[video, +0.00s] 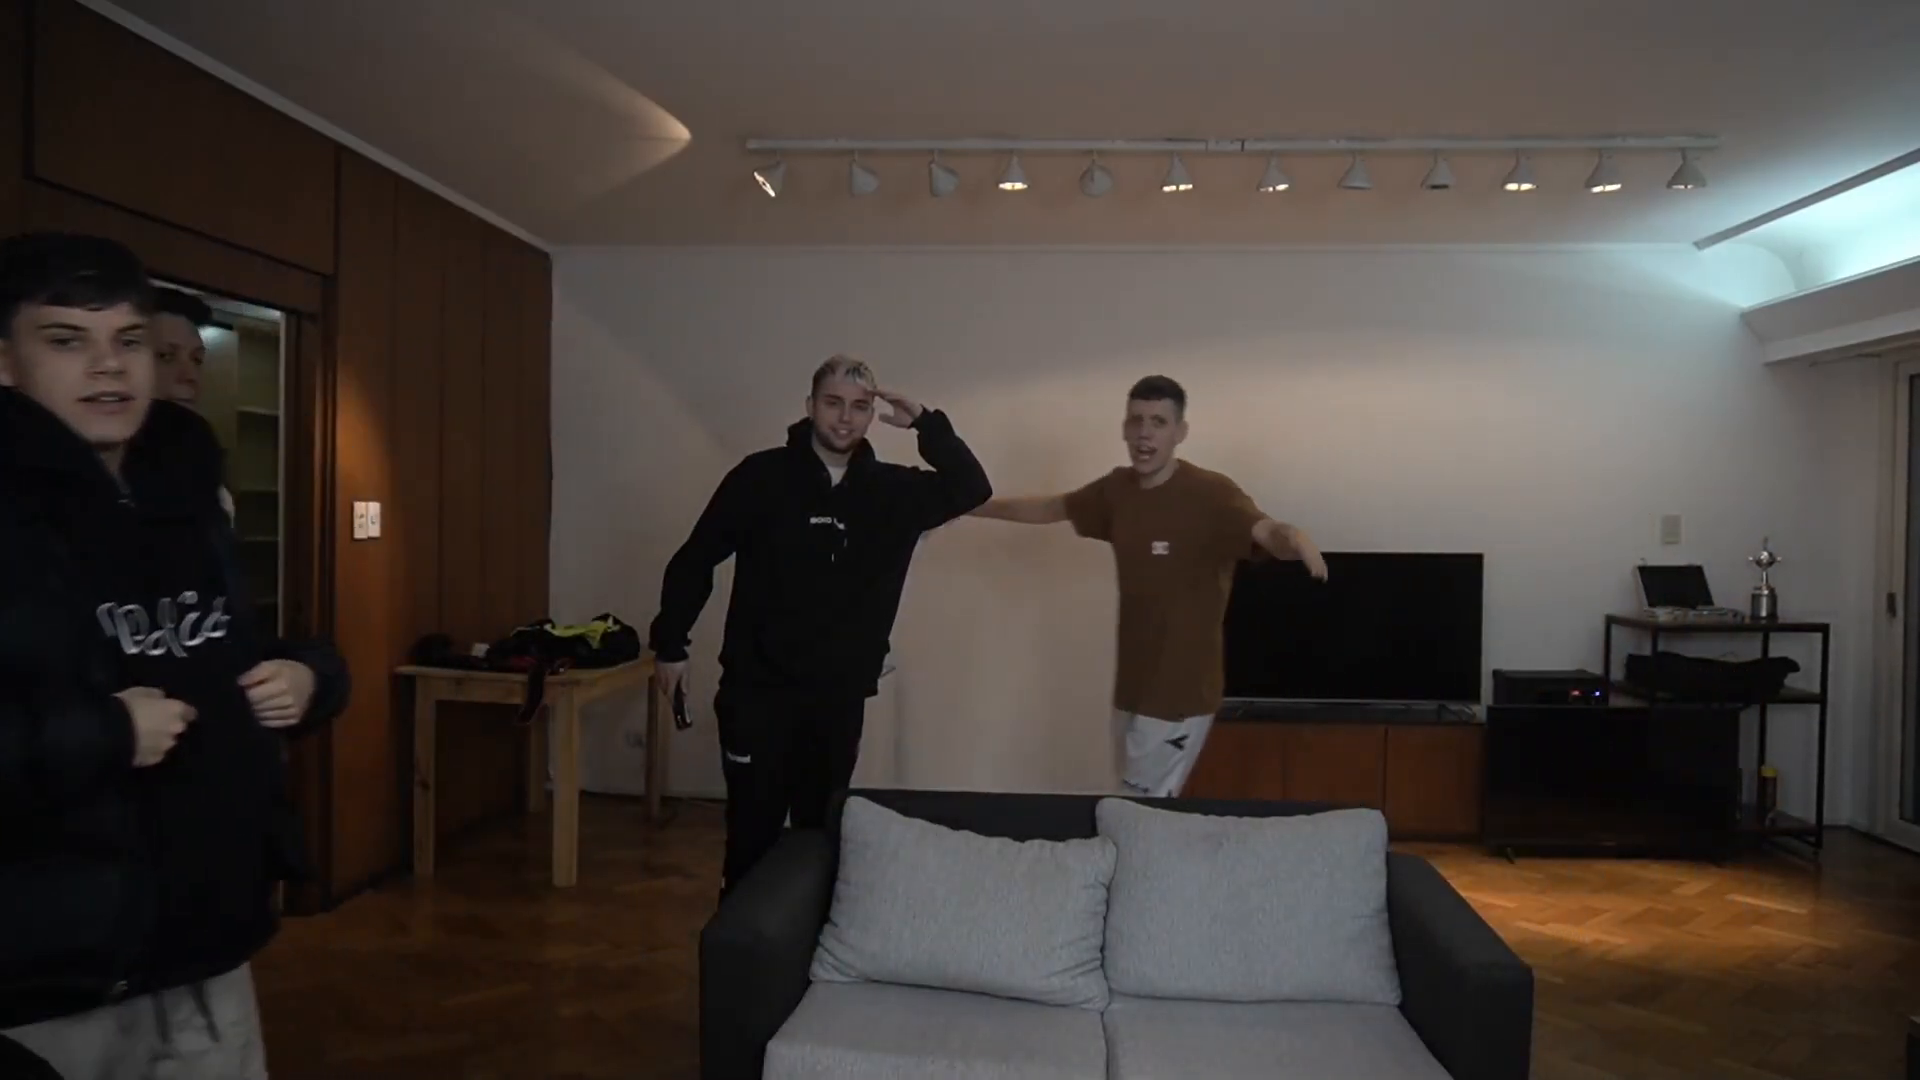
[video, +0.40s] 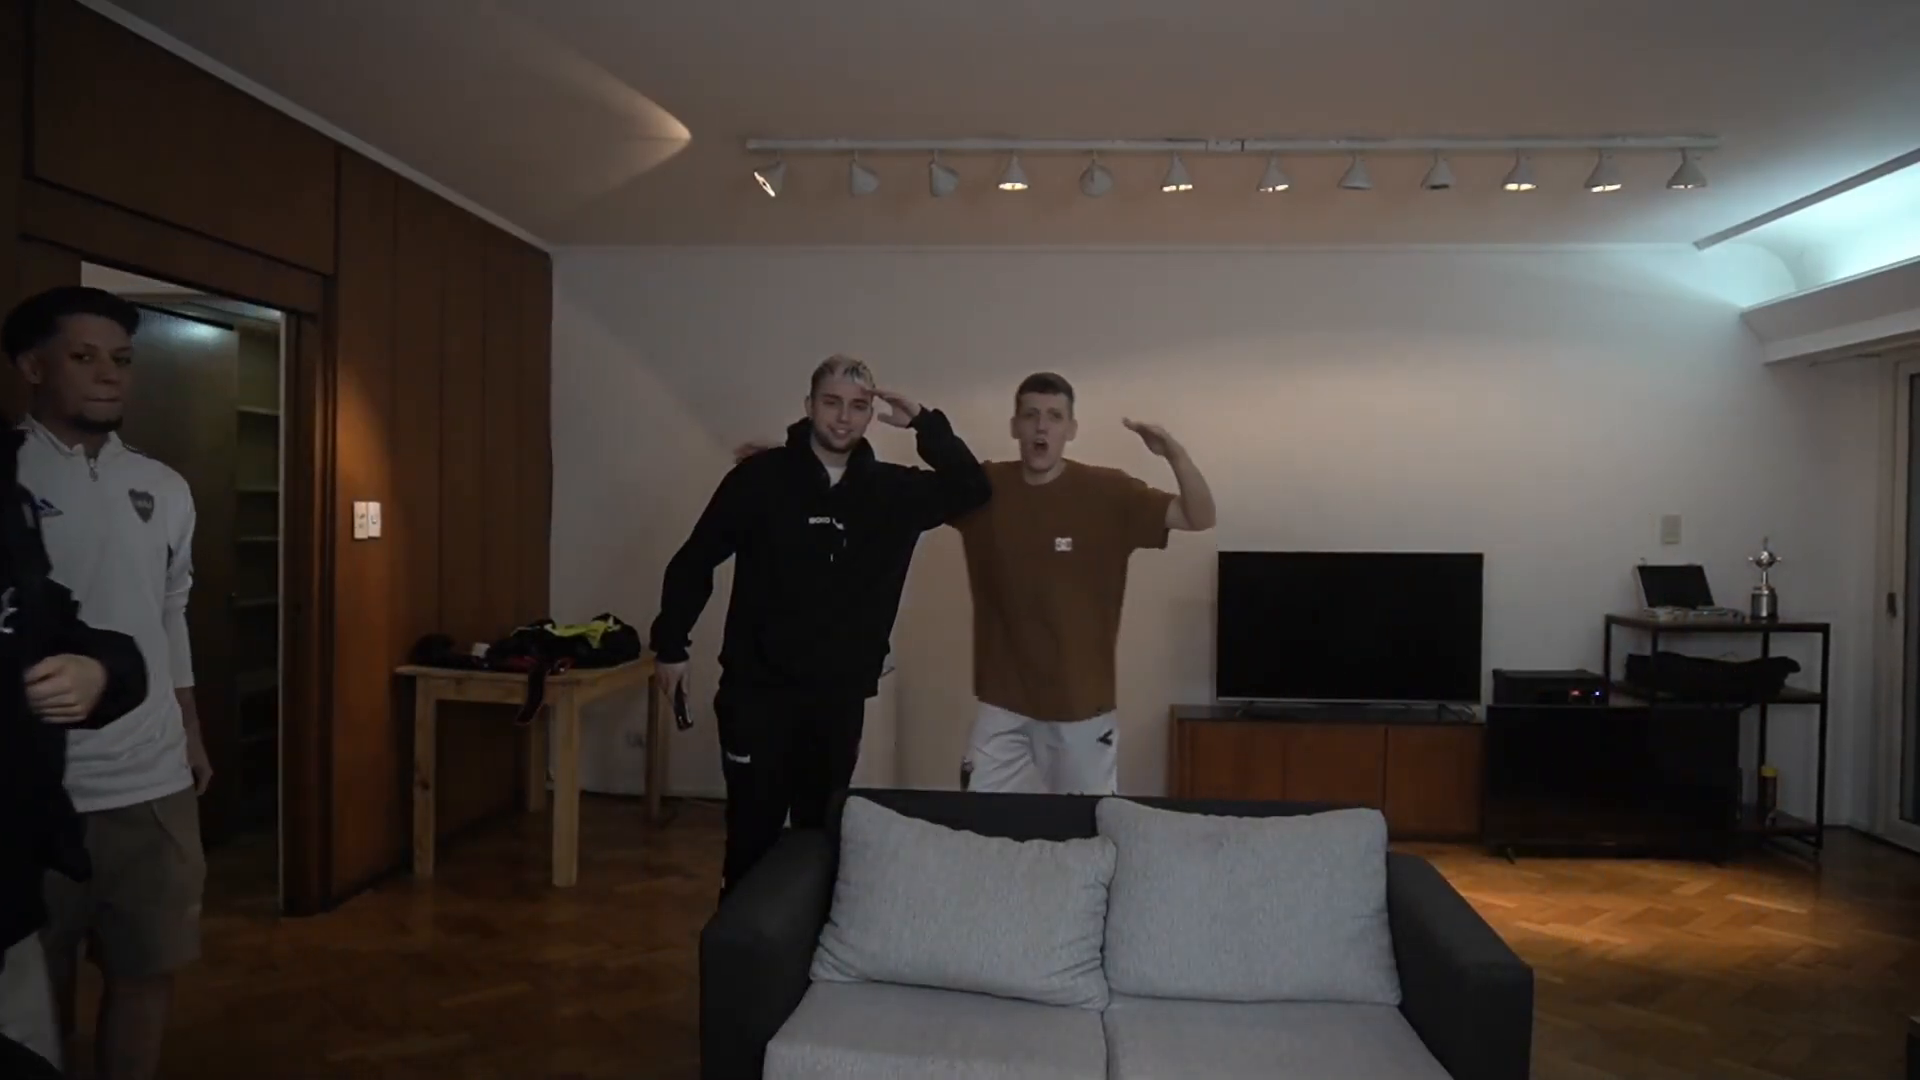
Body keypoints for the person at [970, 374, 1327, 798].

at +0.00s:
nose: (1143, 433)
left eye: (1158, 422)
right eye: (1135, 421)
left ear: (1181, 432)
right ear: (1125, 427)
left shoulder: (1211, 495)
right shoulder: (1116, 491)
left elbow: (1264, 531)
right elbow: (1049, 509)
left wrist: (1292, 542)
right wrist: (967, 504)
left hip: (1184, 686)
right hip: (1133, 679)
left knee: (1139, 809)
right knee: (1141, 809)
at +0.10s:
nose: (1115, 442)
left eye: (1129, 432)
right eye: (1106, 430)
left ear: (1151, 443)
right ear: (1093, 439)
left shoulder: (1183, 509)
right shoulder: (1081, 501)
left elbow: (1243, 543)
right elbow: (1012, 507)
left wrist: (1268, 534)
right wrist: (948, 490)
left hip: (1150, 709)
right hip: (1090, 701)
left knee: (1122, 828)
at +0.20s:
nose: (1088, 443)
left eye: (1103, 433)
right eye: (1079, 431)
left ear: (1123, 445)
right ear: (1065, 441)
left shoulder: (1154, 509)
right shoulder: (1043, 503)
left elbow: (1230, 554)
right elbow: (969, 508)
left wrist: (1237, 523)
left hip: (1129, 710)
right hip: (1061, 702)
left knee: (1108, 835)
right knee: (1027, 825)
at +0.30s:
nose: (1064, 431)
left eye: (1078, 421)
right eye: (1054, 420)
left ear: (1097, 433)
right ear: (1040, 431)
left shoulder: (1129, 497)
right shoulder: (1012, 493)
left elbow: (1216, 536)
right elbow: (939, 495)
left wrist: (1204, 489)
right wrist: (923, 428)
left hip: (1107, 706)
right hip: (1032, 702)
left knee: (1102, 840)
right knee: (1013, 834)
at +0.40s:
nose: (1041, 426)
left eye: (1054, 416)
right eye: (1030, 414)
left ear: (1071, 429)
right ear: (1013, 426)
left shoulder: (1109, 493)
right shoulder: (982, 486)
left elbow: (1199, 517)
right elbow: (910, 492)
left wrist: (1175, 454)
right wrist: (921, 425)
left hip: (1082, 705)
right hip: (1003, 700)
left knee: (1087, 838)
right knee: (986, 833)